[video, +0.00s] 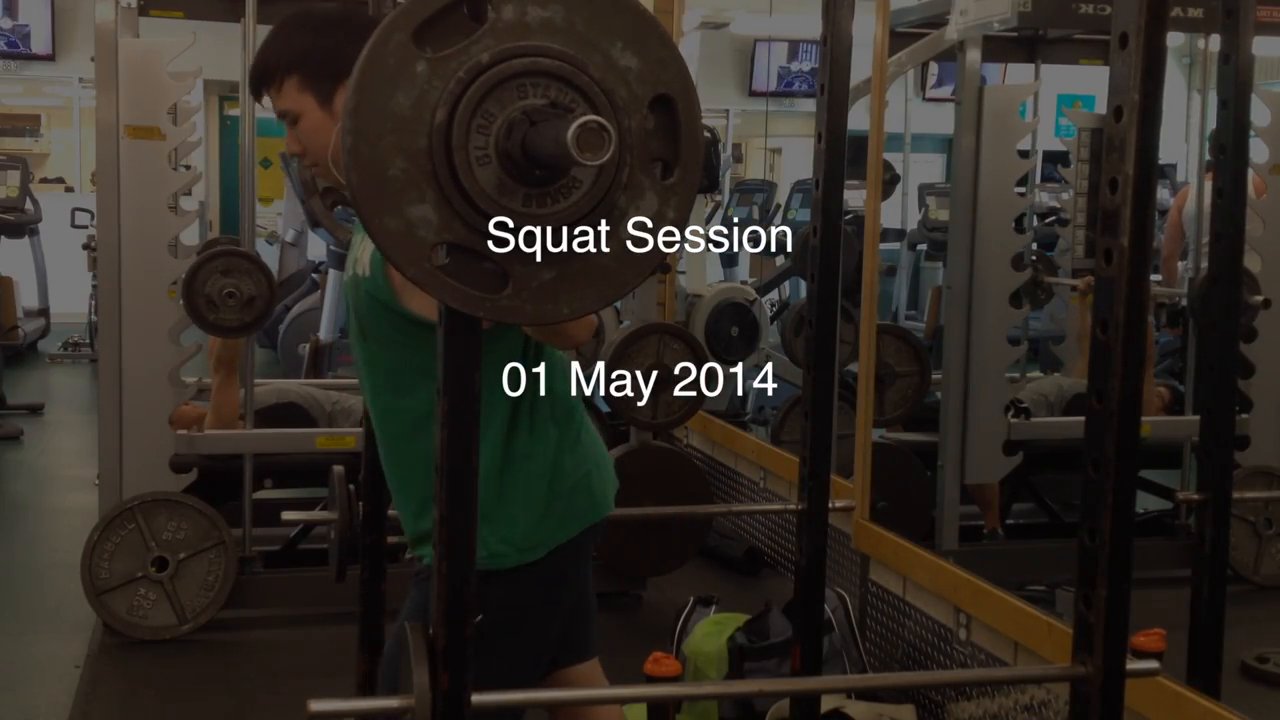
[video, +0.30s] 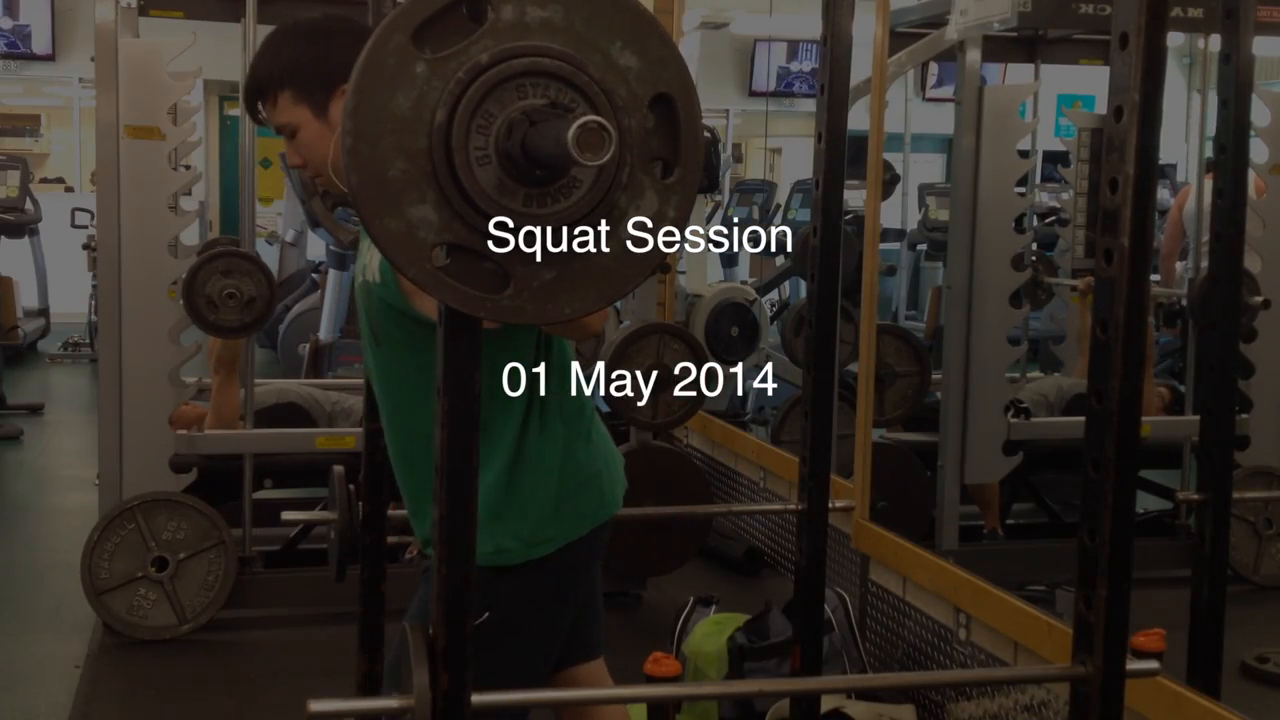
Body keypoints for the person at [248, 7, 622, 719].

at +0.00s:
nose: (291, 144)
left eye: (295, 120)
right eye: (285, 125)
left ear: (351, 101)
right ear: (343, 107)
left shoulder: (403, 228)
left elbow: (574, 327)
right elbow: (569, 325)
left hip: (500, 522)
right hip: (554, 493)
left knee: (439, 696)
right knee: (574, 674)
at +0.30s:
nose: (290, 155)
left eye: (292, 131)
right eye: (281, 139)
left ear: (347, 103)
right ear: (340, 108)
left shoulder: (405, 217)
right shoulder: (389, 220)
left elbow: (586, 320)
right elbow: (586, 319)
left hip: (512, 510)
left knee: (445, 689)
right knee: (579, 676)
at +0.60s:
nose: (289, 155)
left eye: (290, 131)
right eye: (280, 138)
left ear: (346, 103)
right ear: (341, 108)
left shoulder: (404, 217)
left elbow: (587, 318)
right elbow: (587, 317)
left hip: (506, 513)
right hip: (555, 492)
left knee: (450, 695)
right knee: (578, 678)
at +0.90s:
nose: (293, 148)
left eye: (296, 124)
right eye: (287, 129)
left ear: (351, 104)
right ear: (341, 110)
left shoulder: (412, 226)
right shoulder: (388, 227)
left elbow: (586, 320)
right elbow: (585, 319)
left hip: (519, 514)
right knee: (569, 684)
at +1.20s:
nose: (298, 126)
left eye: (305, 100)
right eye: (296, 103)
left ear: (364, 91)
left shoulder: (412, 226)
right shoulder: (374, 223)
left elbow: (572, 325)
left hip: (466, 547)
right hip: (420, 538)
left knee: (378, 711)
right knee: (361, 699)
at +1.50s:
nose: (296, 120)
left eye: (305, 95)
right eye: (295, 98)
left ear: (369, 89)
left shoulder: (414, 223)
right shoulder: (369, 224)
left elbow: (571, 328)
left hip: (450, 544)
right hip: (395, 535)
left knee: (348, 714)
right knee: (334, 696)